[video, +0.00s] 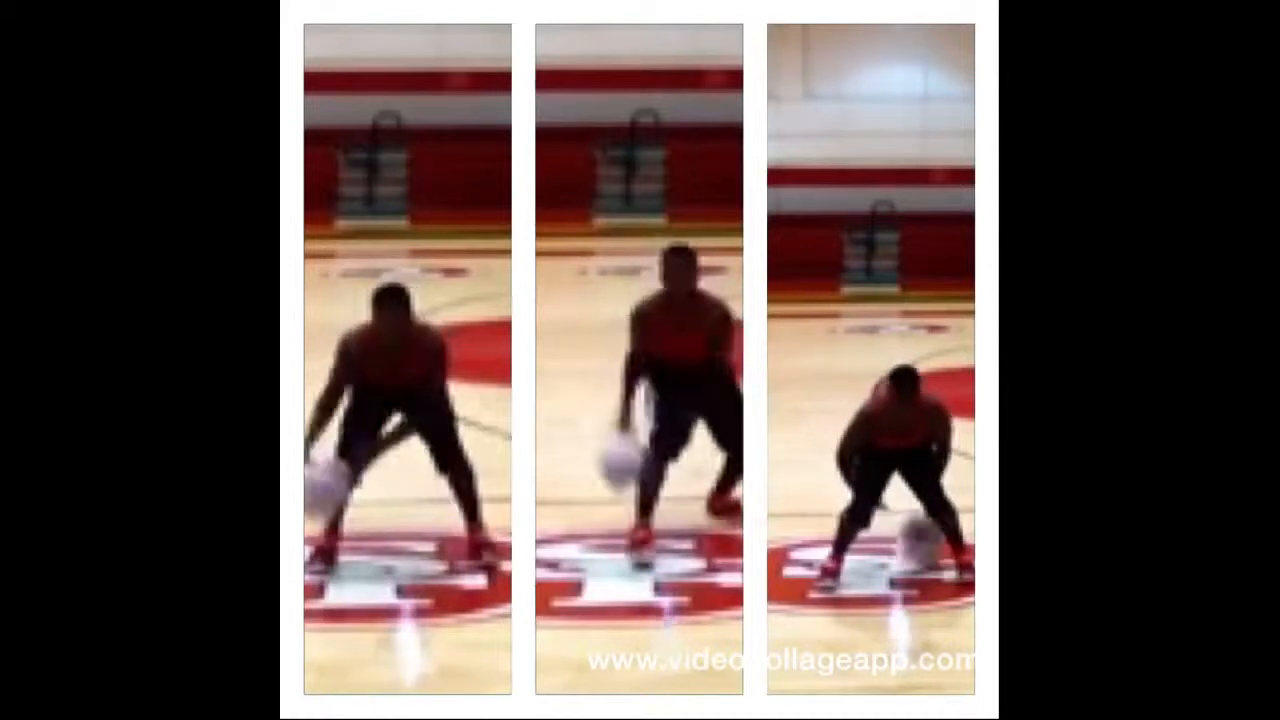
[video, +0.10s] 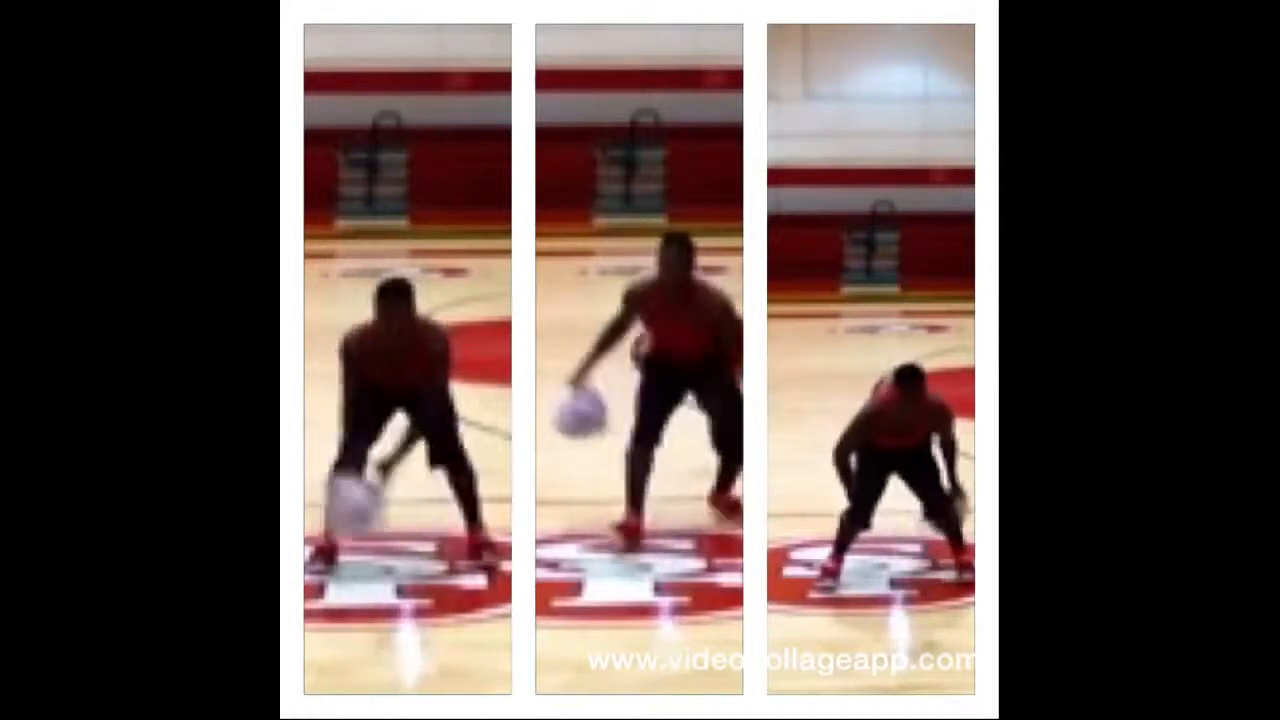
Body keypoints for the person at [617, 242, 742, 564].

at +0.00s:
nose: (678, 281)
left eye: (684, 274)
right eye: (672, 274)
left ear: (695, 274)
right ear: (663, 275)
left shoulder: (715, 313)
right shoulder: (647, 315)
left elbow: (726, 363)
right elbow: (634, 364)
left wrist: (734, 400)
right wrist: (626, 413)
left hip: (711, 383)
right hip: (670, 386)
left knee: (741, 444)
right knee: (664, 445)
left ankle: (720, 497)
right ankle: (643, 521)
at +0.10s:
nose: (673, 271)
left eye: (680, 264)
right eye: (667, 263)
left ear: (691, 264)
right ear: (658, 263)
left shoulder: (713, 302)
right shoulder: (642, 296)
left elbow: (738, 345)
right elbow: (617, 329)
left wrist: (739, 380)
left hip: (709, 369)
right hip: (663, 367)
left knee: (735, 437)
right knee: (642, 441)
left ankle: (721, 493)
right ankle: (634, 516)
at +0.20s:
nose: (671, 269)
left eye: (678, 262)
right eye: (665, 261)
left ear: (690, 263)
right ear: (658, 260)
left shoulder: (712, 298)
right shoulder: (637, 292)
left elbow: (740, 339)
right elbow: (599, 328)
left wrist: (739, 382)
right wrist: (568, 372)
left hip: (704, 367)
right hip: (659, 364)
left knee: (719, 428)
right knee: (627, 431)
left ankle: (736, 486)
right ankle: (634, 498)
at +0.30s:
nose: (674, 280)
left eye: (680, 272)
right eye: (668, 272)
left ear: (691, 273)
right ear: (658, 272)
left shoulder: (712, 311)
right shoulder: (638, 308)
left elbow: (730, 366)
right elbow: (624, 357)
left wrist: (730, 412)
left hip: (698, 376)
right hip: (653, 373)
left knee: (706, 436)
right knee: (609, 433)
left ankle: (734, 509)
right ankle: (633, 499)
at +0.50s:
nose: (681, 273)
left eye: (687, 265)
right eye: (674, 265)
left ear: (698, 265)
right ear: (665, 266)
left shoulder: (714, 298)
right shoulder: (644, 308)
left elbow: (742, 338)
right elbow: (630, 370)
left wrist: (746, 384)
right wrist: (642, 416)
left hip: (692, 366)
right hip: (647, 369)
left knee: (713, 433)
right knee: (618, 441)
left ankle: (737, 508)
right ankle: (632, 498)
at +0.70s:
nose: (678, 272)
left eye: (684, 264)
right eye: (671, 264)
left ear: (695, 265)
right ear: (661, 266)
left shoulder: (716, 300)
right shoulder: (643, 308)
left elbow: (740, 345)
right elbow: (619, 360)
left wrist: (748, 387)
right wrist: (620, 413)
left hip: (701, 364)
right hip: (657, 369)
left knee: (738, 426)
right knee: (648, 437)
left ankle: (719, 483)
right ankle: (638, 515)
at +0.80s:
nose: (676, 285)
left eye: (682, 277)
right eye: (670, 277)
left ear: (692, 278)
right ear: (659, 279)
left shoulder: (713, 316)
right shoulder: (642, 321)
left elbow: (717, 374)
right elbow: (632, 377)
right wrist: (635, 424)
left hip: (704, 383)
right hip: (663, 386)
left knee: (744, 432)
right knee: (660, 445)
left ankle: (718, 484)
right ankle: (646, 516)